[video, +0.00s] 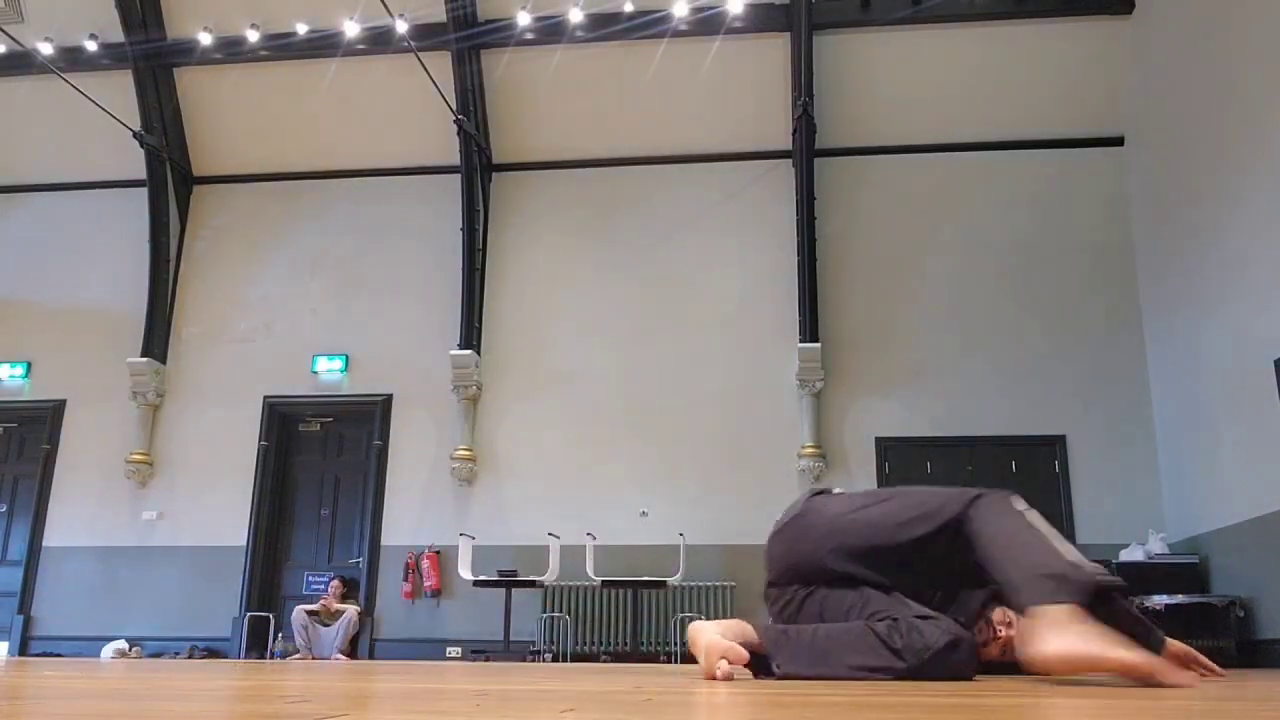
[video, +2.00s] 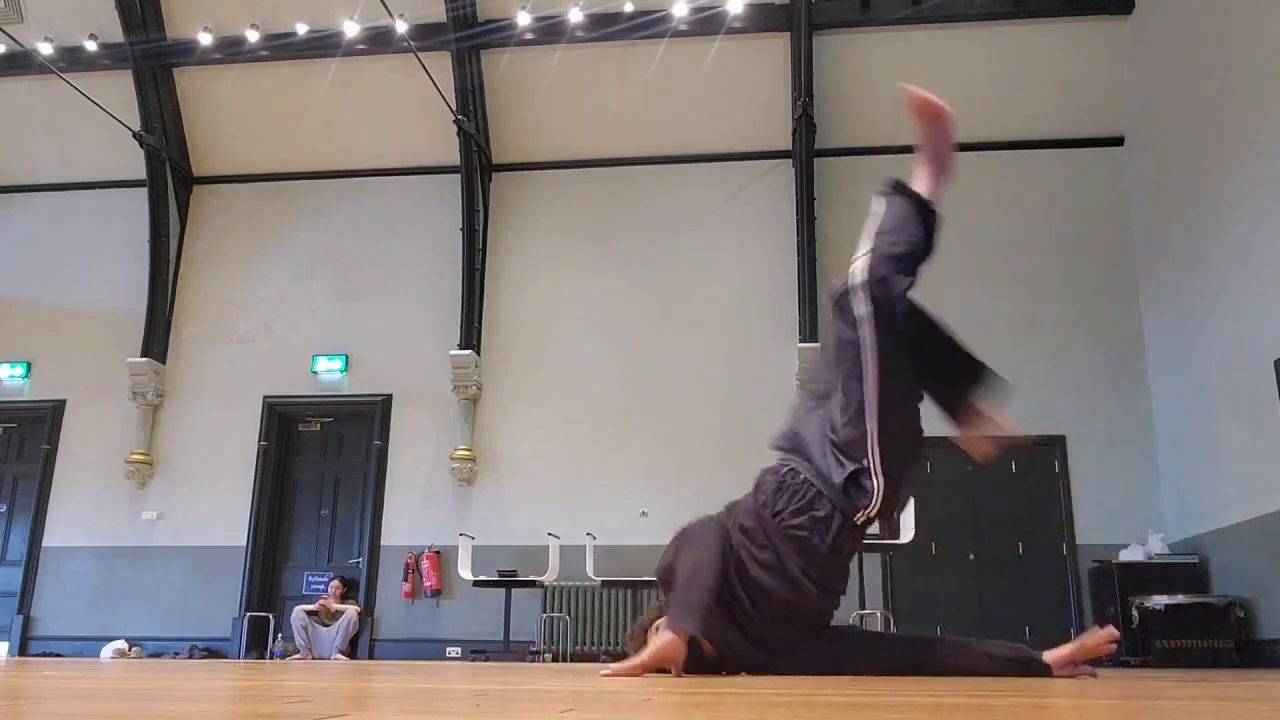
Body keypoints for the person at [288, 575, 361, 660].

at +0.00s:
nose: (333, 591)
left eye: (337, 588)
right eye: (331, 587)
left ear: (343, 590)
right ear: (328, 589)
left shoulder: (349, 603)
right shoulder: (323, 603)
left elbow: (357, 610)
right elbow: (297, 608)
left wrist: (335, 607)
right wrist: (317, 607)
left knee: (352, 613)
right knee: (297, 612)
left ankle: (336, 653)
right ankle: (304, 652)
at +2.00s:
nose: (333, 591)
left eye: (337, 588)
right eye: (331, 588)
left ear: (343, 590)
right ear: (328, 589)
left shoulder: (349, 602)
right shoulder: (323, 602)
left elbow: (357, 610)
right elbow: (297, 608)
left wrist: (333, 606)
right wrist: (315, 607)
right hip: (316, 636)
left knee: (352, 614)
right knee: (297, 612)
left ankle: (336, 653)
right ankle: (304, 653)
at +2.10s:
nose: (333, 591)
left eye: (337, 588)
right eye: (331, 588)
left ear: (343, 590)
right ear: (328, 589)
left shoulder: (349, 602)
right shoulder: (323, 601)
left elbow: (357, 610)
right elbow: (297, 608)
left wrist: (334, 606)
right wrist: (315, 607)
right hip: (316, 636)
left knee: (352, 614)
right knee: (297, 612)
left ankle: (336, 653)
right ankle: (304, 653)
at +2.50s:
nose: (333, 591)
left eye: (337, 589)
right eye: (331, 588)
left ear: (343, 590)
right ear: (328, 589)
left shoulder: (348, 603)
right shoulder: (323, 602)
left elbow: (357, 610)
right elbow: (297, 609)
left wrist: (334, 606)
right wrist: (315, 607)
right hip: (315, 636)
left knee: (352, 614)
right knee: (297, 612)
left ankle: (336, 653)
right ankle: (304, 653)